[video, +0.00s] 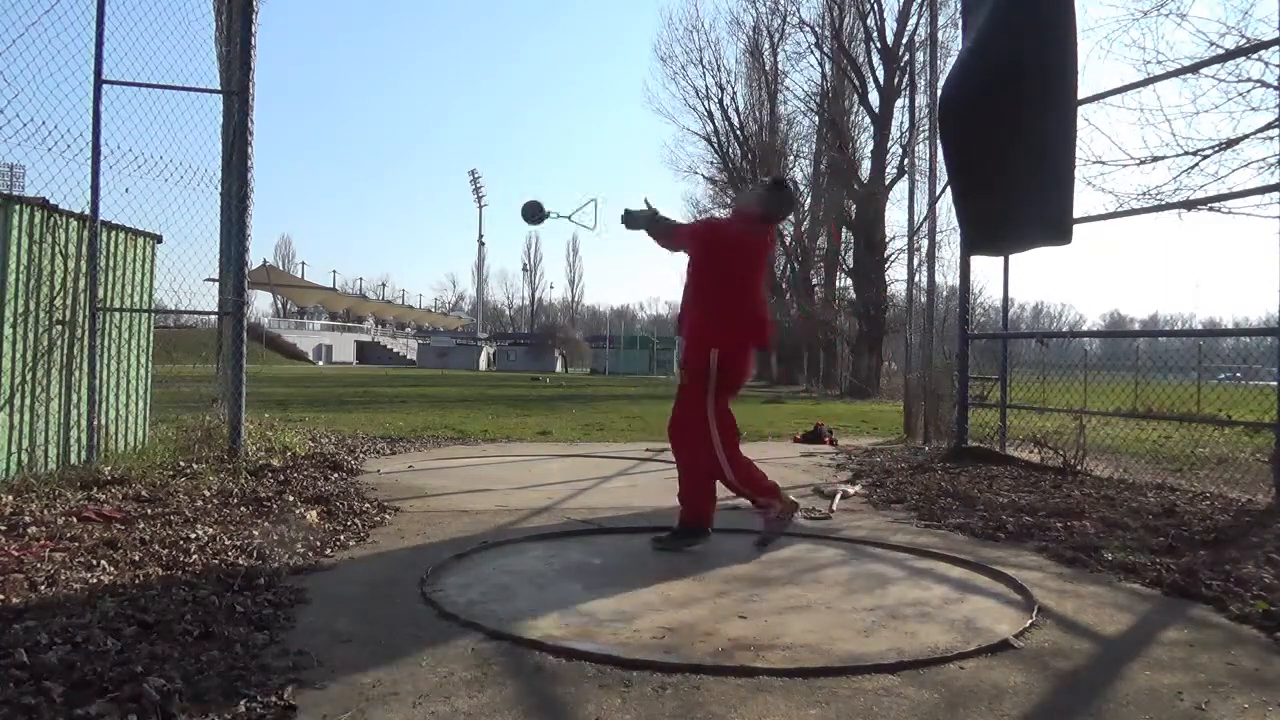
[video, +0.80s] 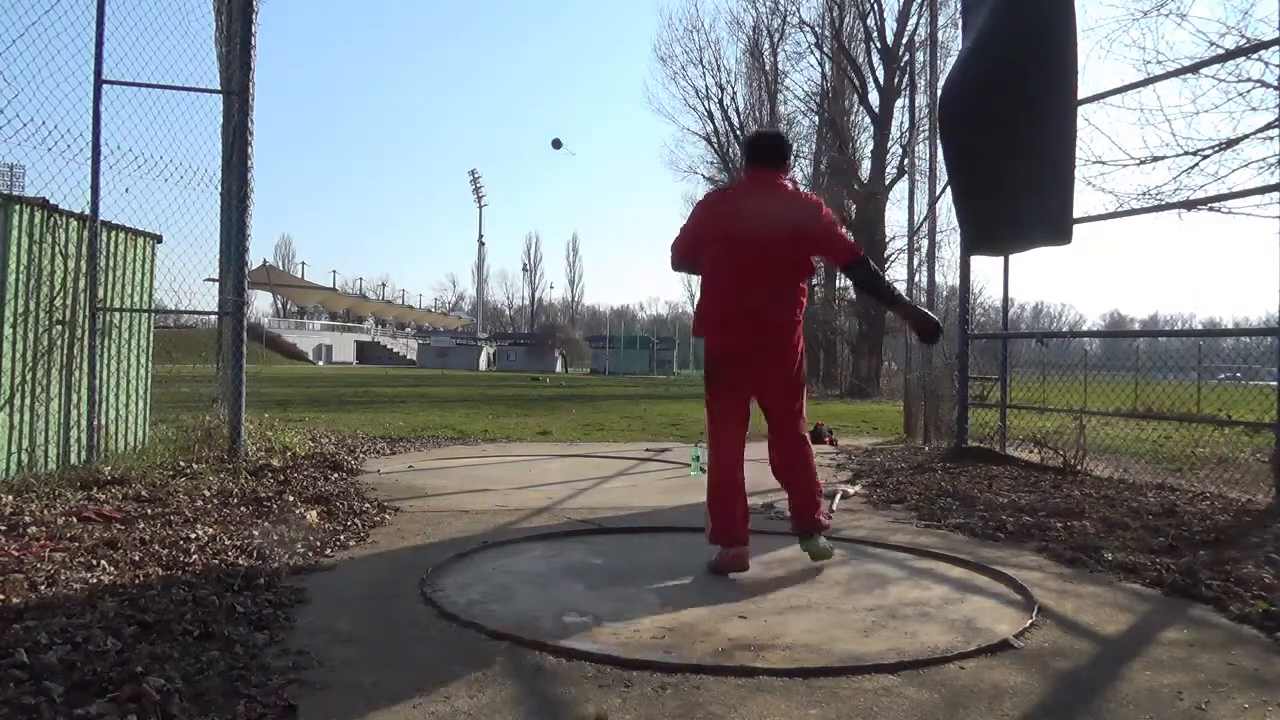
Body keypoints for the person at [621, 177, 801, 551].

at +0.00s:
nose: (742, 192)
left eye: (753, 191)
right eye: (749, 189)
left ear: (761, 206)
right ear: (766, 209)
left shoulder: (741, 233)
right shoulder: (741, 232)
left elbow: (681, 235)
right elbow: (689, 236)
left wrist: (648, 220)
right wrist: (656, 220)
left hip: (717, 346)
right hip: (708, 345)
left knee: (710, 433)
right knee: (685, 430)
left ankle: (774, 504)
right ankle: (693, 523)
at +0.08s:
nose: (707, 186)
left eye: (712, 181)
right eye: (711, 182)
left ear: (720, 188)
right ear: (746, 195)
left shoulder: (714, 219)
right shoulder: (745, 222)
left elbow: (676, 216)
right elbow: (688, 225)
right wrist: (708, 195)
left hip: (714, 340)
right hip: (730, 339)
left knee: (711, 434)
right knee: (698, 433)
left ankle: (773, 512)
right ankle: (693, 524)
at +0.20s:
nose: (683, 180)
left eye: (686, 173)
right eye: (688, 173)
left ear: (691, 176)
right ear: (727, 178)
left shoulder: (672, 213)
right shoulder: (748, 207)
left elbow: (665, 215)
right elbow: (809, 195)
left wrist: (708, 197)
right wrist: (854, 168)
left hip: (701, 338)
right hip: (741, 336)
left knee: (716, 437)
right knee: (716, 436)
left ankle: (772, 518)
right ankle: (692, 525)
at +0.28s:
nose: (686, 182)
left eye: (686, 175)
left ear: (686, 177)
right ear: (725, 176)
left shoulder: (674, 213)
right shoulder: (752, 207)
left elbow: (653, 233)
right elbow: (814, 211)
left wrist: (697, 209)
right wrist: (874, 207)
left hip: (700, 336)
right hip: (745, 336)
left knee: (707, 431)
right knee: (717, 432)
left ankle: (761, 516)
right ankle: (692, 526)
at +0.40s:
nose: (691, 185)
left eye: (690, 177)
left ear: (691, 178)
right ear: (729, 176)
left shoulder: (676, 218)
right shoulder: (758, 212)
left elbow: (647, 257)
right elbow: (817, 245)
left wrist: (685, 229)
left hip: (701, 336)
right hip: (751, 337)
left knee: (696, 425)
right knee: (728, 427)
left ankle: (721, 525)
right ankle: (693, 522)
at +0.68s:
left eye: (726, 165)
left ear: (724, 167)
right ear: (764, 167)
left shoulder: (702, 207)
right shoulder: (787, 205)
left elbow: (673, 262)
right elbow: (839, 261)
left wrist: (718, 249)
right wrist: (888, 304)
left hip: (716, 331)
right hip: (771, 332)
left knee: (722, 435)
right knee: (755, 426)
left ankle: (731, 544)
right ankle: (758, 515)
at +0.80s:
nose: (782, 172)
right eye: (786, 164)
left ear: (746, 162)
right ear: (787, 164)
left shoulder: (716, 203)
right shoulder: (805, 207)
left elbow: (681, 257)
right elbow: (857, 266)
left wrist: (730, 258)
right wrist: (909, 310)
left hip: (723, 338)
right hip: (780, 340)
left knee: (724, 444)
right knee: (790, 433)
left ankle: (732, 548)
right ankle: (811, 533)